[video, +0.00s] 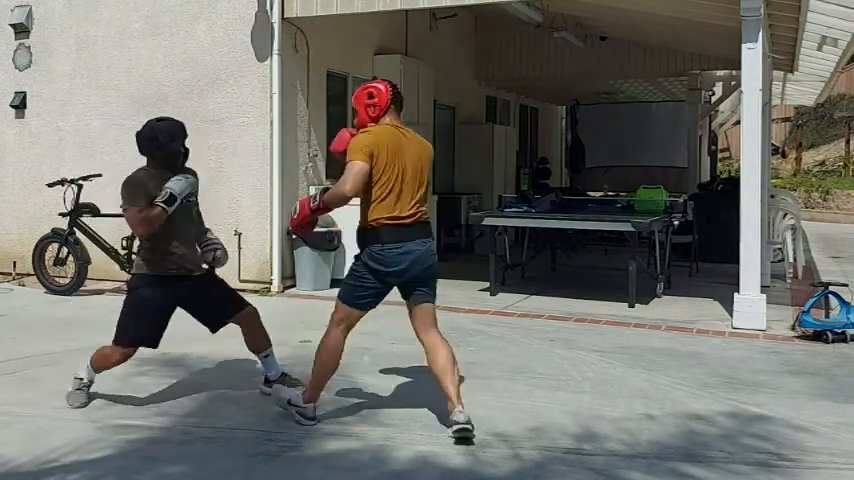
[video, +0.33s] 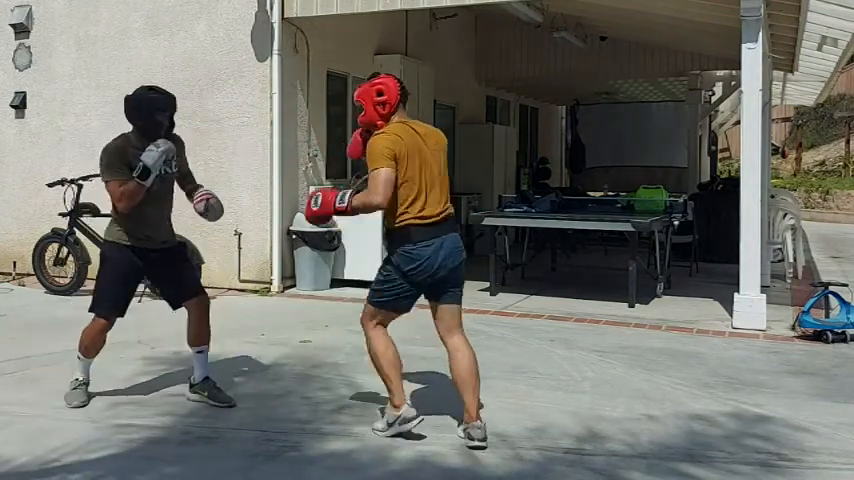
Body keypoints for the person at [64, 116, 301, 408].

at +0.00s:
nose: (186, 149)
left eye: (184, 143)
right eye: (179, 144)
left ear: (174, 148)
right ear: (160, 148)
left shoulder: (188, 178)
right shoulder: (136, 183)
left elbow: (195, 223)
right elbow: (142, 227)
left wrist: (211, 242)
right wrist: (169, 199)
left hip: (194, 276)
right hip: (153, 279)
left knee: (248, 316)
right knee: (122, 350)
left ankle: (274, 375)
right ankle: (84, 376)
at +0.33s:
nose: (170, 123)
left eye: (171, 117)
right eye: (164, 118)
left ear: (168, 117)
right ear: (144, 119)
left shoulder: (172, 144)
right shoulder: (115, 152)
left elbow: (188, 182)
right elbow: (121, 204)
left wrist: (200, 196)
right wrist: (147, 170)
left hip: (164, 245)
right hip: (123, 245)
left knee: (199, 303)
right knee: (104, 319)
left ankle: (200, 379)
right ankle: (80, 379)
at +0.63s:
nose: (188, 125)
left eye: (189, 119)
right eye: (182, 118)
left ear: (187, 122)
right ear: (161, 118)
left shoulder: (186, 154)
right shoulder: (129, 146)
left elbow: (199, 200)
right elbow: (138, 194)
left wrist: (213, 178)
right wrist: (160, 160)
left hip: (164, 246)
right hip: (123, 243)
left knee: (196, 305)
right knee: (101, 315)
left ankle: (200, 381)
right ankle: (80, 380)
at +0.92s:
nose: (170, 126)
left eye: (171, 121)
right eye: (164, 120)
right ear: (148, 118)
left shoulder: (164, 152)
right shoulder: (120, 148)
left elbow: (173, 199)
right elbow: (169, 161)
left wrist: (182, 213)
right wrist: (163, 126)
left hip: (163, 251)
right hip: (120, 250)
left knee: (198, 308)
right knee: (98, 327)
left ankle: (204, 377)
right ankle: (80, 378)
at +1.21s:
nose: (126, 118)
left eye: (130, 112)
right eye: (119, 111)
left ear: (136, 113)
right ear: (105, 112)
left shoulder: (138, 142)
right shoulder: (84, 140)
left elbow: (141, 187)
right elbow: (129, 169)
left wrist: (131, 212)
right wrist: (119, 134)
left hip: (129, 236)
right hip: (87, 236)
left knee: (160, 304)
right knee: (85, 315)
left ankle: (177, 374)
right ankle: (74, 377)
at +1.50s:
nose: (88, 109)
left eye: (94, 104)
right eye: (84, 102)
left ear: (101, 106)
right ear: (71, 104)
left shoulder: (111, 136)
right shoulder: (54, 135)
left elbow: (124, 184)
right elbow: (41, 184)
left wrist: (101, 213)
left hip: (106, 235)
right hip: (61, 236)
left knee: (124, 301)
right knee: (49, 304)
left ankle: (133, 362)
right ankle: (51, 361)